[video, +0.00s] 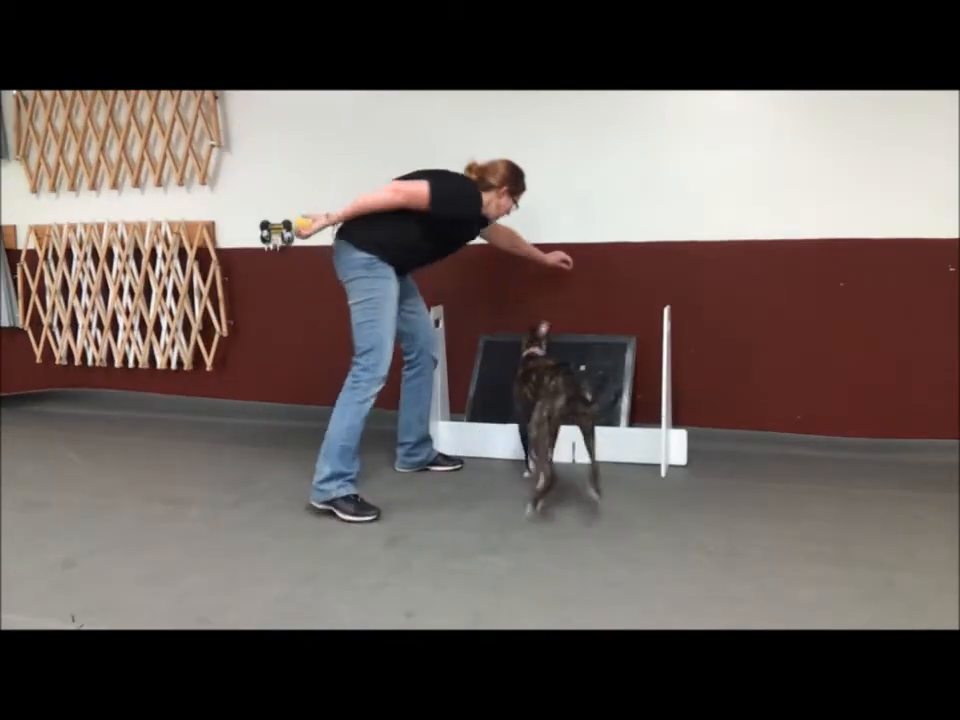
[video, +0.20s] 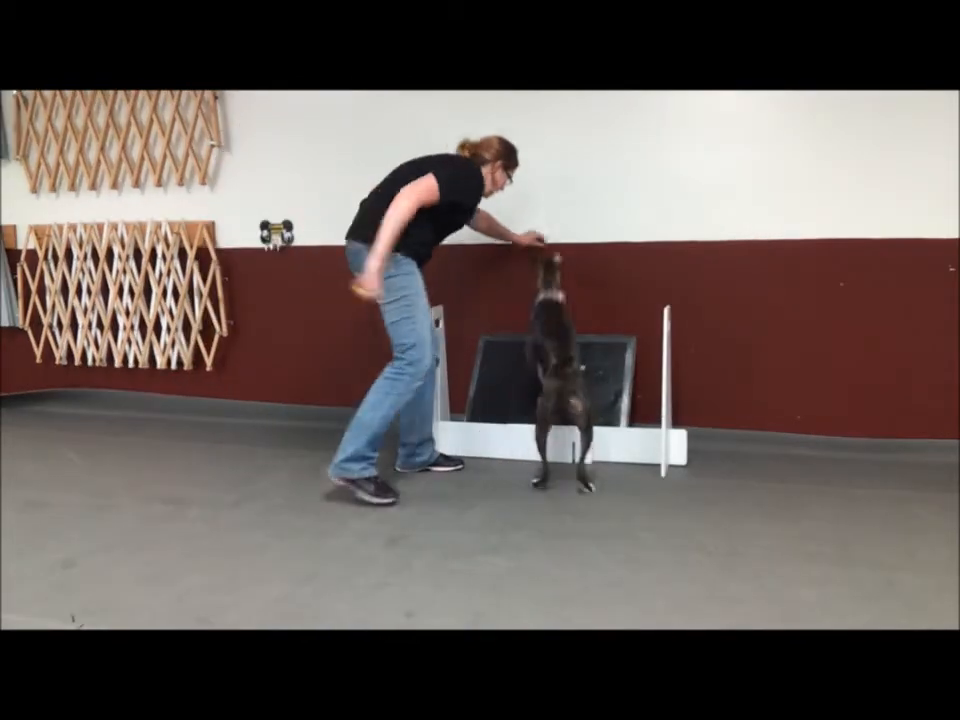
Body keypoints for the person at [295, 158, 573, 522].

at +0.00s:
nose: (511, 209)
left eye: (514, 203)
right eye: (512, 200)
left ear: (496, 190)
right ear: (498, 189)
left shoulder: (473, 214)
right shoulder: (461, 192)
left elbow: (503, 236)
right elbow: (396, 193)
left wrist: (543, 258)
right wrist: (333, 217)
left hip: (392, 266)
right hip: (365, 256)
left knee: (423, 350)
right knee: (371, 367)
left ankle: (415, 454)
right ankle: (330, 488)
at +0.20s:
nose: (506, 185)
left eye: (508, 178)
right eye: (507, 176)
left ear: (486, 164)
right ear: (495, 166)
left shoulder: (459, 182)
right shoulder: (467, 177)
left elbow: (478, 219)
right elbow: (405, 198)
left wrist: (516, 238)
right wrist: (374, 267)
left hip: (395, 256)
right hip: (386, 256)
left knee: (425, 355)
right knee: (414, 358)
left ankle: (417, 454)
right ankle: (351, 467)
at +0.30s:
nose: (504, 171)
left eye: (507, 164)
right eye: (505, 162)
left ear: (484, 151)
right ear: (492, 151)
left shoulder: (454, 168)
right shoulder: (460, 166)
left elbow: (458, 213)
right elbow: (406, 204)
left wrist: (498, 235)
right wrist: (426, 279)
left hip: (380, 251)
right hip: (381, 252)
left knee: (424, 350)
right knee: (440, 348)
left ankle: (418, 454)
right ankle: (380, 448)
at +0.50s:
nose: (506, 188)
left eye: (510, 182)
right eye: (507, 179)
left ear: (486, 167)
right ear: (489, 169)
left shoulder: (450, 177)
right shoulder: (453, 189)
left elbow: (431, 252)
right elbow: (430, 262)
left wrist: (472, 292)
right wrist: (479, 301)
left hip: (376, 261)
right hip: (365, 264)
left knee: (424, 350)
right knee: (434, 350)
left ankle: (416, 454)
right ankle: (379, 421)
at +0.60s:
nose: (504, 212)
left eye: (508, 206)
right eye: (504, 203)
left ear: (484, 189)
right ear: (486, 192)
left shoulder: (453, 199)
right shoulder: (444, 213)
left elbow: (433, 257)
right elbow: (436, 291)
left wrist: (437, 302)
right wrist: (474, 347)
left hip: (392, 268)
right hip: (353, 264)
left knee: (421, 355)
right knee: (407, 356)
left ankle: (417, 455)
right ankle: (348, 459)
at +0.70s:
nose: (488, 250)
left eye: (492, 244)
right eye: (489, 242)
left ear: (473, 225)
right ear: (474, 229)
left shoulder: (442, 217)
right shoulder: (430, 246)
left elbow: (411, 266)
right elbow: (435, 330)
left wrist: (411, 318)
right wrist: (468, 393)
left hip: (382, 277)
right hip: (335, 268)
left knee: (416, 352)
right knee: (365, 363)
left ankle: (417, 455)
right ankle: (326, 484)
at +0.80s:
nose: (461, 285)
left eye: (466, 279)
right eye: (462, 277)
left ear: (443, 259)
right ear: (441, 262)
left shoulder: (431, 240)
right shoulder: (396, 275)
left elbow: (392, 283)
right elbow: (414, 370)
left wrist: (379, 334)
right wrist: (449, 444)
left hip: (360, 283)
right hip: (312, 282)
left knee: (408, 360)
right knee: (330, 381)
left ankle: (415, 454)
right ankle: (307, 510)